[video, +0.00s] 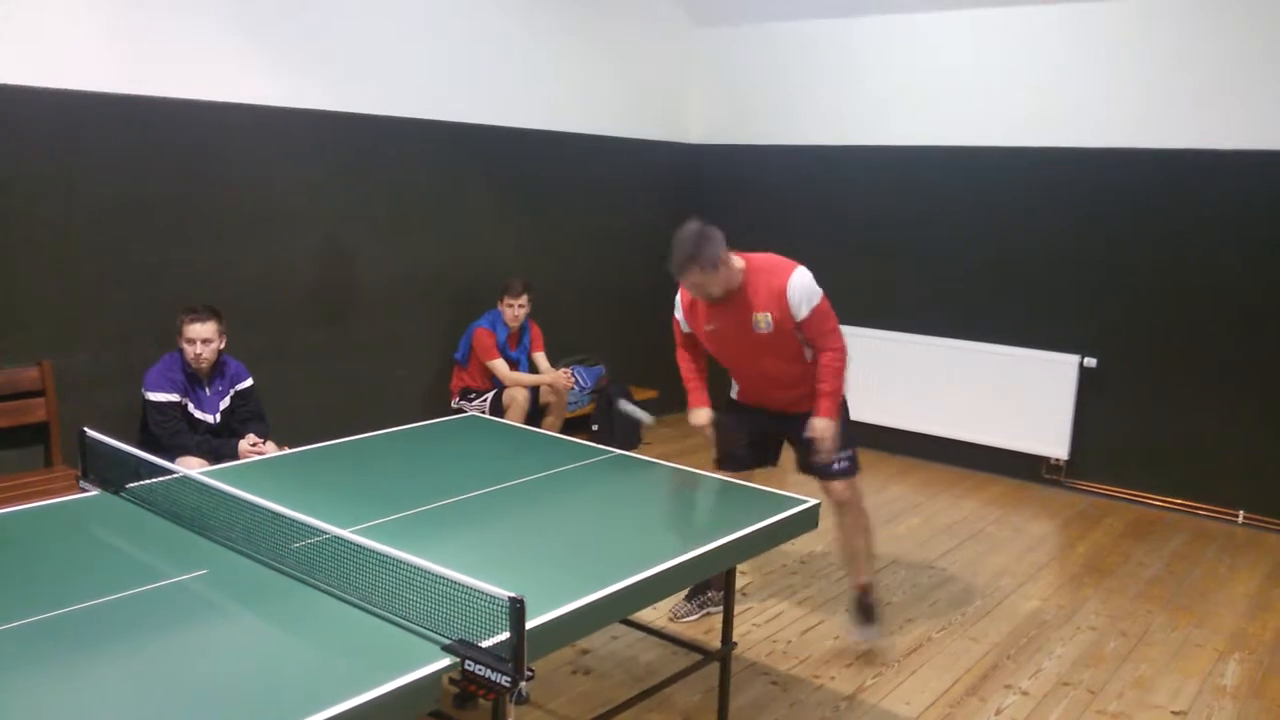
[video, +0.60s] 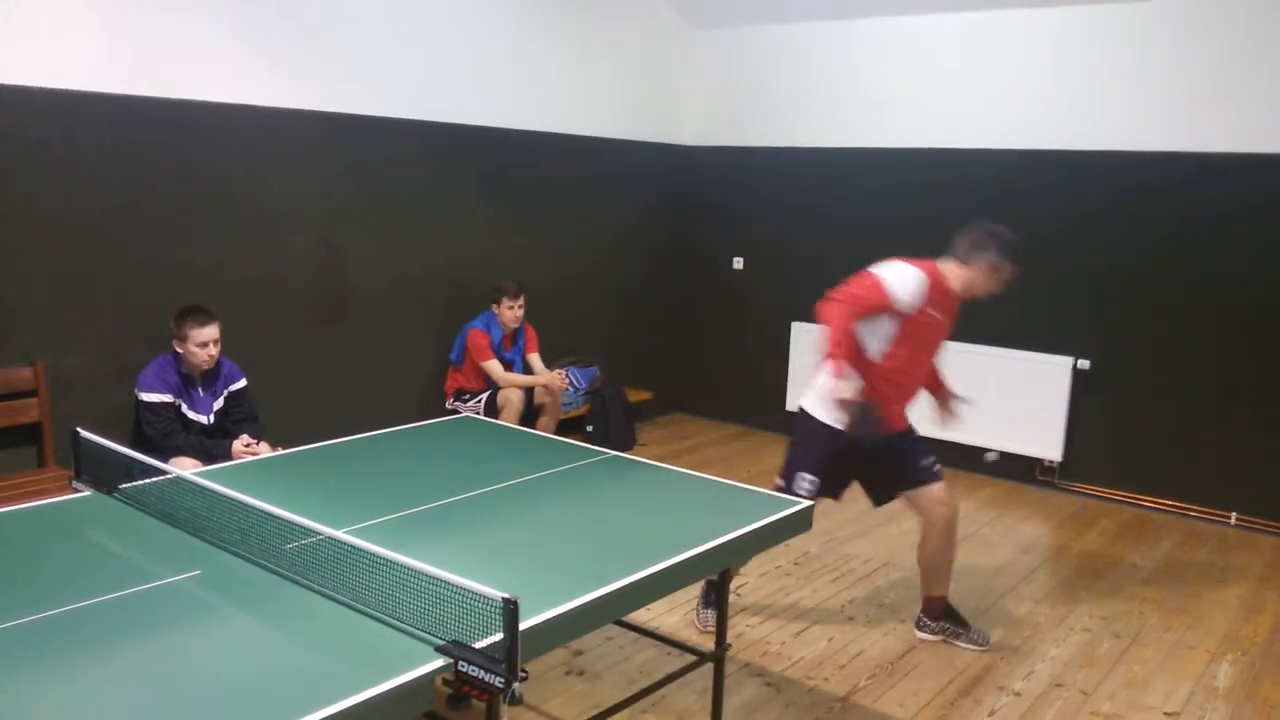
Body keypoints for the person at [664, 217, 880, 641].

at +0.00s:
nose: (696, 294)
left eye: (700, 284)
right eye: (689, 286)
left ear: (723, 263)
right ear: (682, 275)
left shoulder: (788, 281)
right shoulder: (689, 300)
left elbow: (831, 345)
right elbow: (687, 348)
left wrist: (826, 413)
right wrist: (698, 402)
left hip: (810, 402)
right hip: (748, 402)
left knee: (844, 493)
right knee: (724, 490)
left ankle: (863, 593)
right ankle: (714, 584)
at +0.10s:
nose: (729, 311)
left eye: (733, 303)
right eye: (720, 306)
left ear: (749, 276)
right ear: (704, 290)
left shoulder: (802, 287)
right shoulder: (693, 301)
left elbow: (849, 340)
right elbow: (677, 333)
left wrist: (870, 401)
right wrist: (674, 383)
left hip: (822, 395)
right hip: (755, 400)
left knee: (867, 478)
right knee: (723, 485)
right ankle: (715, 581)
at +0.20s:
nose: (775, 312)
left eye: (781, 303)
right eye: (765, 306)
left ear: (793, 282)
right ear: (747, 287)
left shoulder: (828, 282)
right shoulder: (715, 290)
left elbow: (862, 321)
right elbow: (675, 312)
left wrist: (884, 361)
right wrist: (655, 349)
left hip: (829, 387)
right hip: (761, 398)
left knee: (894, 459)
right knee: (736, 489)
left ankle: (947, 546)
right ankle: (717, 579)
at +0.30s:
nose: (827, 306)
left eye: (834, 298)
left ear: (846, 276)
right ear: (798, 277)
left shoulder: (854, 277)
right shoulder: (750, 288)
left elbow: (863, 308)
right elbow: (687, 297)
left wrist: (877, 344)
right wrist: (649, 328)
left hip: (837, 384)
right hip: (773, 400)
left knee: (901, 450)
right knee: (752, 497)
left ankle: (958, 548)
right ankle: (719, 584)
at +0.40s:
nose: (885, 294)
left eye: (891, 286)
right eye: (884, 284)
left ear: (886, 263)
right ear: (862, 256)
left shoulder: (868, 274)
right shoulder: (795, 279)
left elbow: (864, 313)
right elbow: (722, 295)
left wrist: (878, 344)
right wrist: (670, 334)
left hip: (852, 391)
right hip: (790, 401)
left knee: (912, 461)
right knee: (760, 501)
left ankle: (955, 573)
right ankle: (720, 583)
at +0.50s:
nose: (947, 277)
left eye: (954, 270)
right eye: (949, 267)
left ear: (930, 246)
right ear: (928, 247)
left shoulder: (908, 277)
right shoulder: (851, 267)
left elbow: (878, 322)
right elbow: (775, 293)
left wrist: (896, 359)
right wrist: (739, 354)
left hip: (868, 407)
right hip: (808, 408)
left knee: (922, 492)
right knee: (765, 503)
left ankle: (935, 601)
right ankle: (719, 584)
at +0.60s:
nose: (995, 289)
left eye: (1001, 282)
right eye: (997, 278)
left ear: (977, 264)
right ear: (974, 261)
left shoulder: (946, 303)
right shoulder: (909, 278)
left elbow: (914, 350)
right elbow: (836, 305)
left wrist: (940, 390)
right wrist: (844, 371)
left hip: (886, 424)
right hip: (831, 417)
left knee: (940, 509)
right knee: (786, 511)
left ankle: (935, 614)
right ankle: (718, 581)